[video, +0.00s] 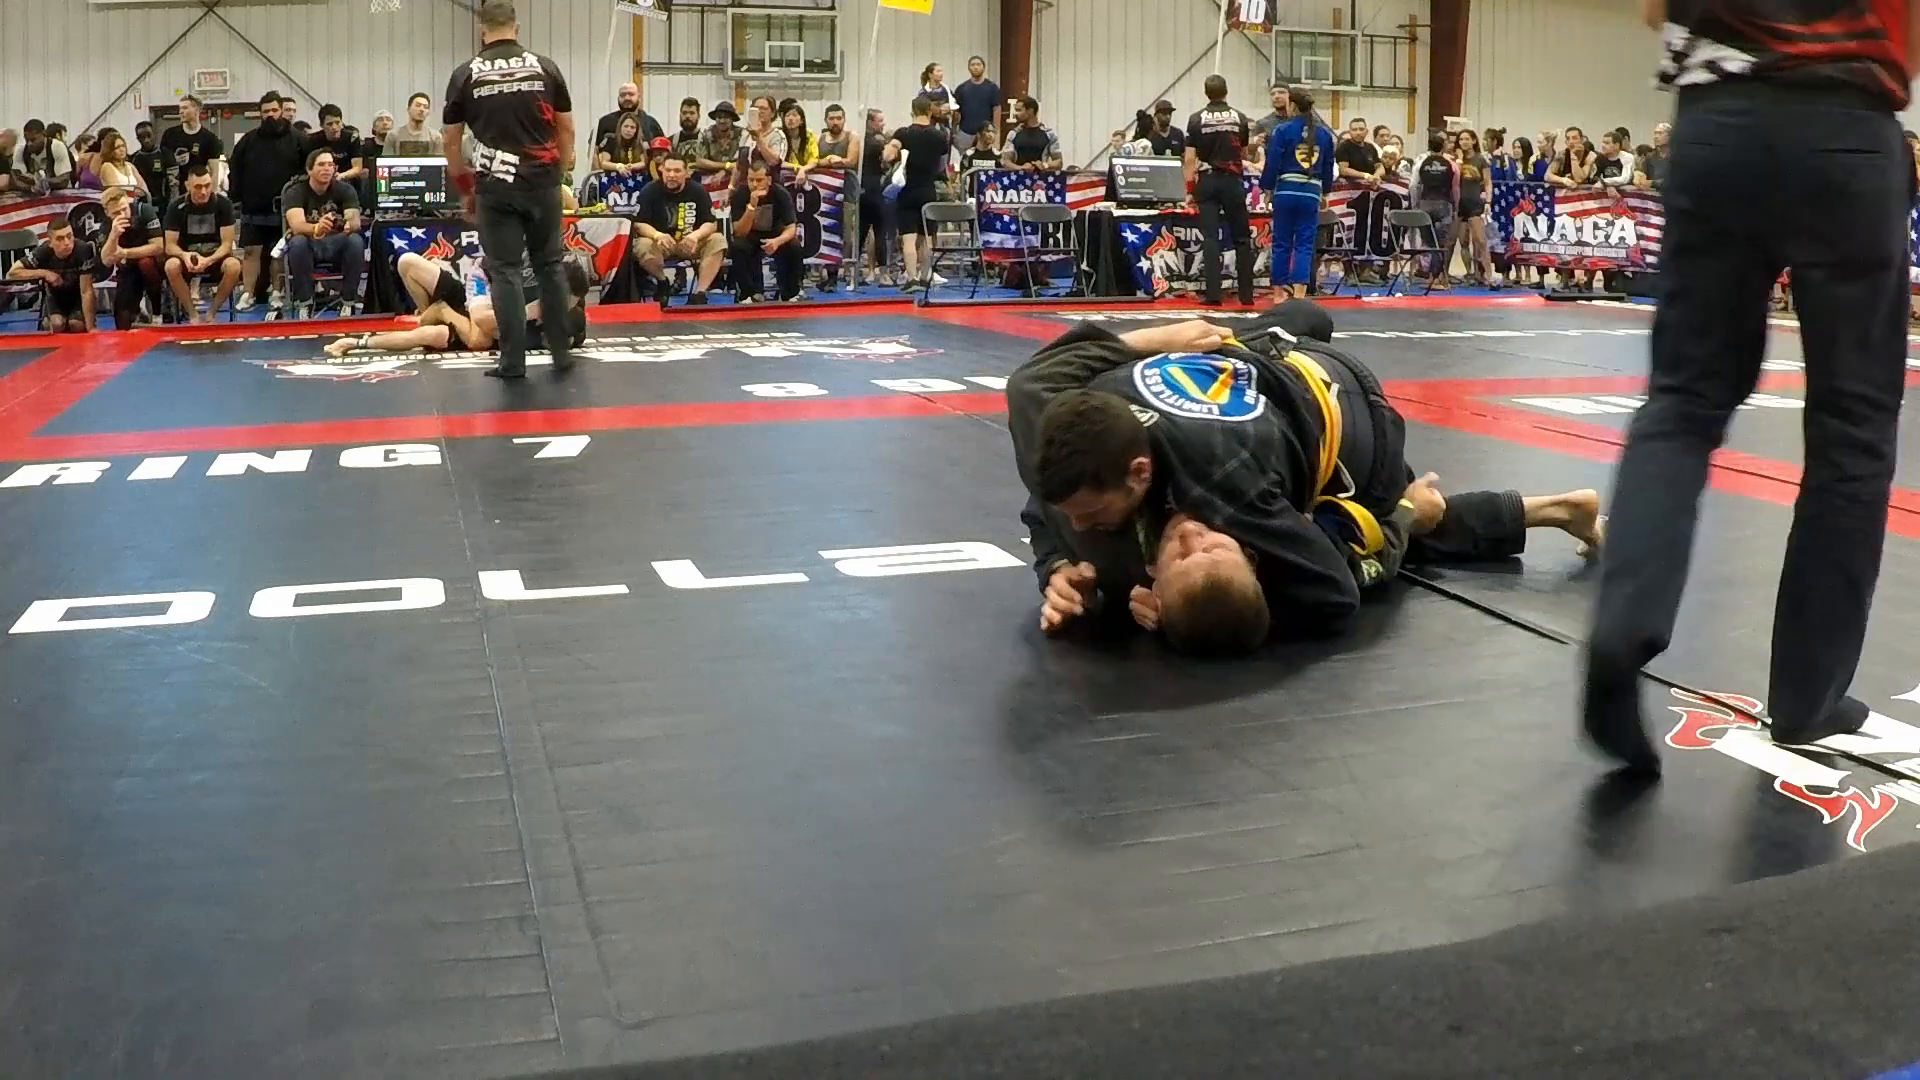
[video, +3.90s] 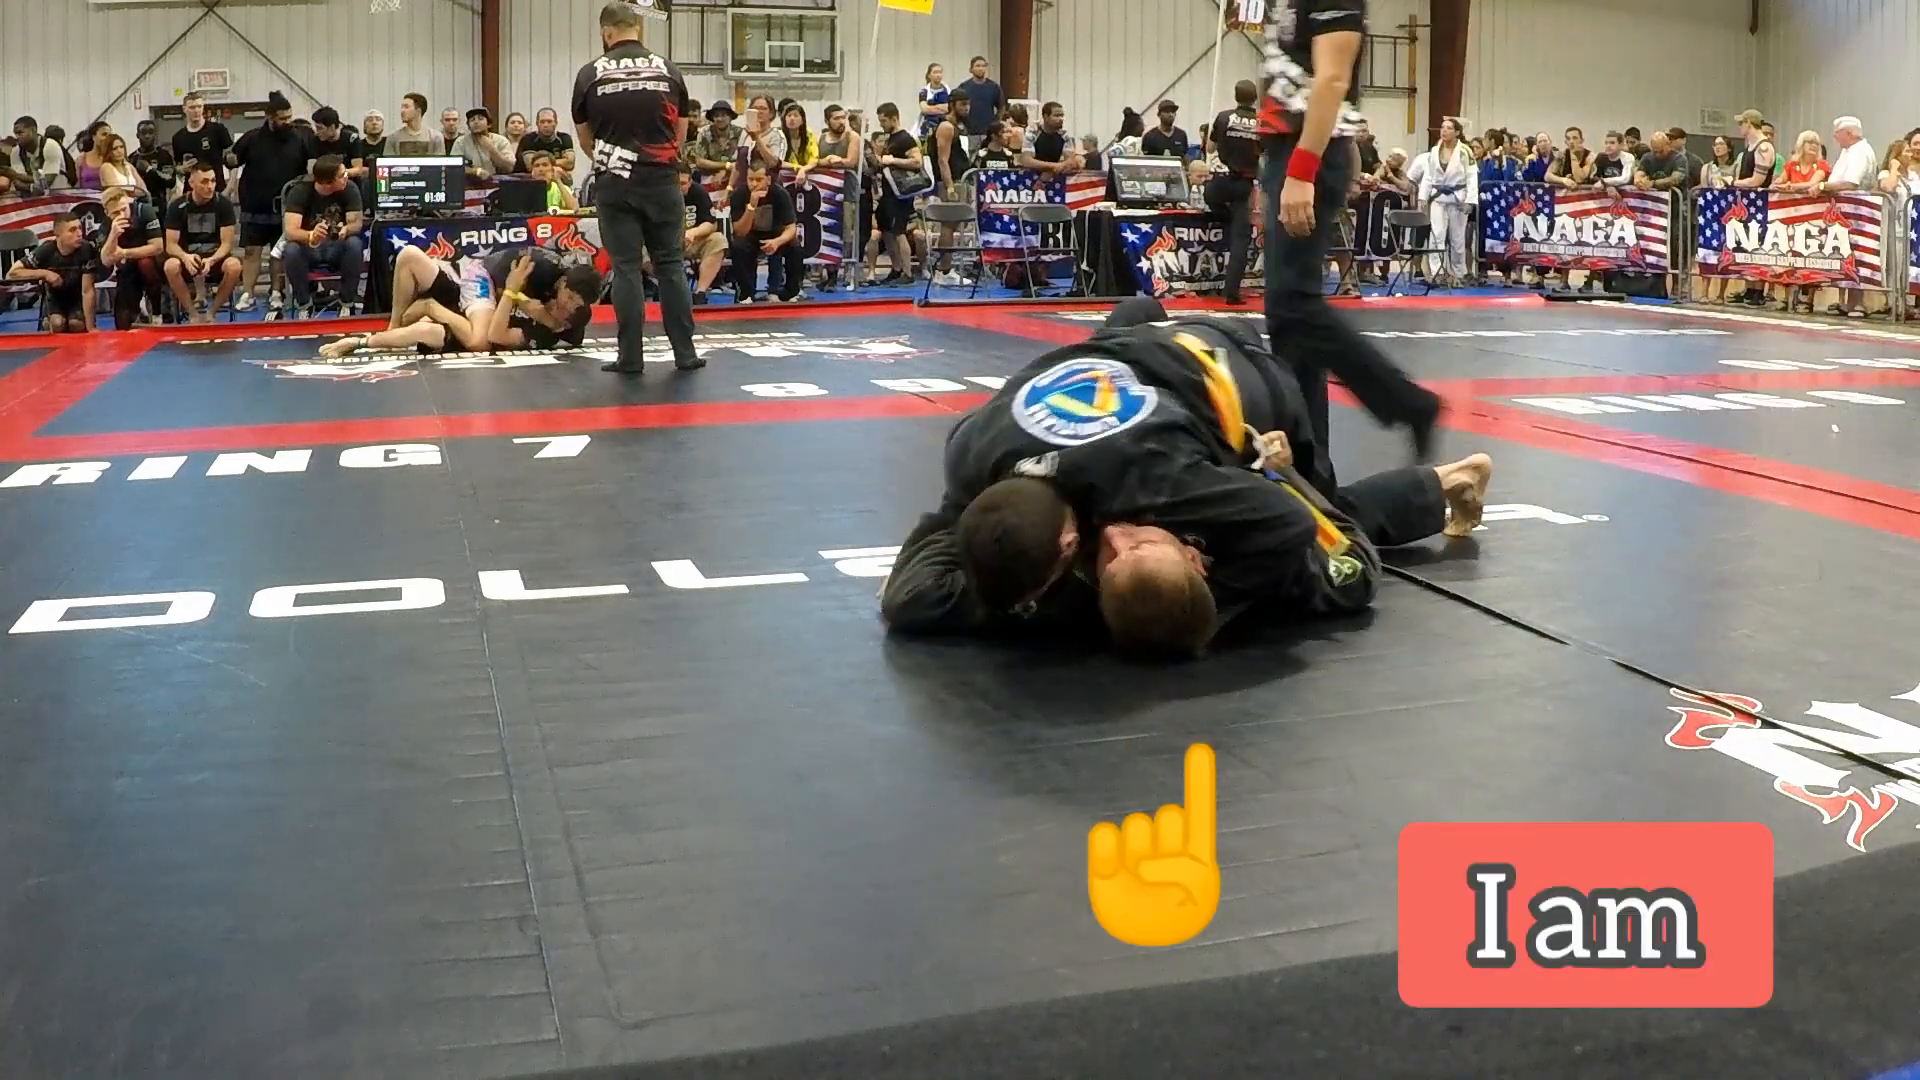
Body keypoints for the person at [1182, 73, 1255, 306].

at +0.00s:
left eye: (1208, 91)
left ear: (1206, 93)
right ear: (1226, 92)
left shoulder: (1196, 119)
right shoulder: (1240, 118)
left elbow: (1189, 158)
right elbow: (1245, 151)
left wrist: (1189, 190)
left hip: (1207, 179)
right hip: (1233, 179)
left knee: (1210, 238)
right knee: (1242, 238)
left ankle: (1213, 294)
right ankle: (1246, 295)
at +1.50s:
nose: (1226, 96)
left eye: (1225, 93)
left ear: (1226, 95)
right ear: (1245, 96)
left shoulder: (1214, 117)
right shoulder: (1256, 119)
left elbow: (1204, 155)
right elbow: (1250, 149)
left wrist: (1197, 185)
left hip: (1218, 178)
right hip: (1242, 180)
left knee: (1230, 233)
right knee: (1238, 237)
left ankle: (1233, 285)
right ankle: (1232, 292)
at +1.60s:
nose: (1223, 98)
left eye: (1224, 95)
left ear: (1226, 96)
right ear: (1245, 96)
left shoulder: (1214, 119)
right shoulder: (1256, 120)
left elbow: (1205, 157)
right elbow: (1251, 148)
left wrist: (1197, 186)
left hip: (1218, 179)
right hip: (1242, 181)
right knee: (1237, 238)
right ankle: (1231, 292)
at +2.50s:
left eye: (1236, 93)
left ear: (1232, 96)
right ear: (1251, 97)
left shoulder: (1221, 119)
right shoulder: (1261, 121)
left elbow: (1210, 155)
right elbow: (1259, 151)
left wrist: (1199, 170)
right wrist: (1246, 165)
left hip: (1220, 178)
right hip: (1244, 182)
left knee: (1210, 198)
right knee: (1238, 239)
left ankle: (1227, 222)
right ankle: (1231, 292)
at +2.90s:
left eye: (1232, 95)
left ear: (1231, 97)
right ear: (1250, 97)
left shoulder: (1220, 120)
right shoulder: (1262, 120)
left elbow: (1204, 148)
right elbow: (1259, 145)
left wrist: (1204, 135)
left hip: (1224, 180)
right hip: (1247, 183)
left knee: (1208, 197)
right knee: (1241, 239)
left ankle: (1230, 223)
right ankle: (1232, 293)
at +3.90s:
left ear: (1235, 97)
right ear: (1255, 98)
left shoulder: (1223, 117)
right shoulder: (1261, 120)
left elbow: (1211, 146)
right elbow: (1263, 148)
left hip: (1223, 176)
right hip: (1245, 179)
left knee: (1211, 198)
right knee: (1241, 237)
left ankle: (1230, 219)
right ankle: (1231, 292)